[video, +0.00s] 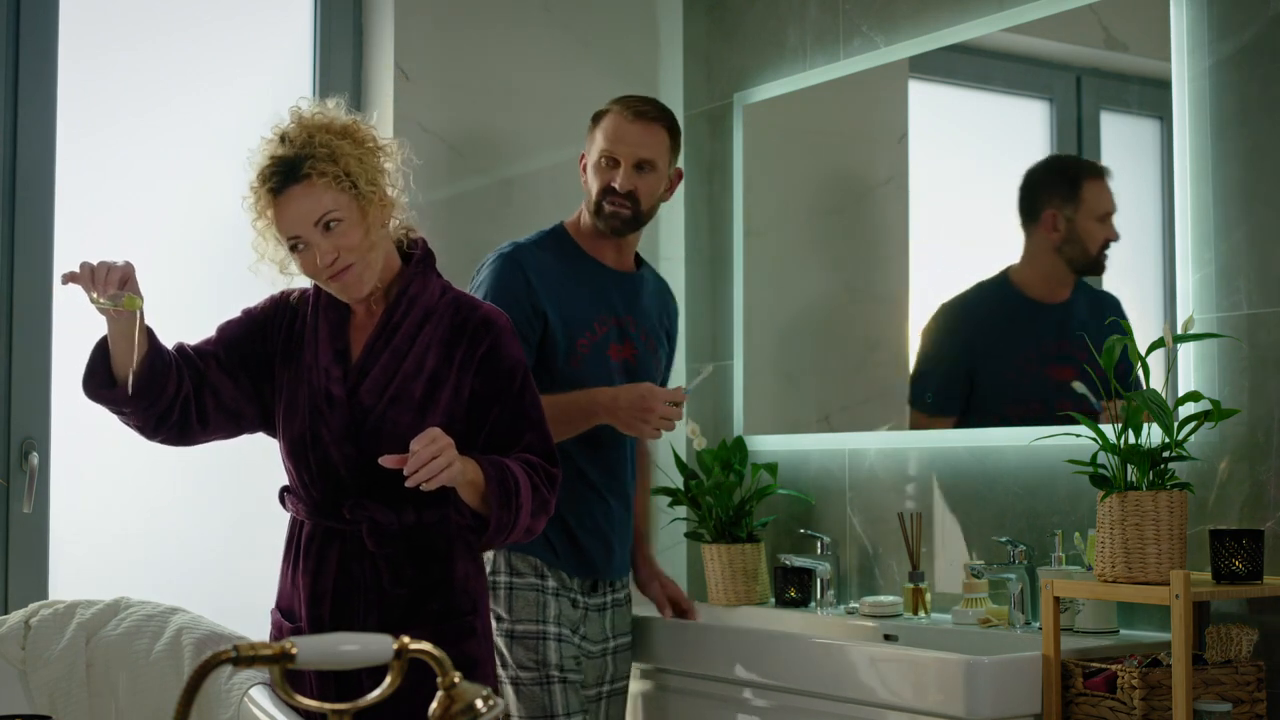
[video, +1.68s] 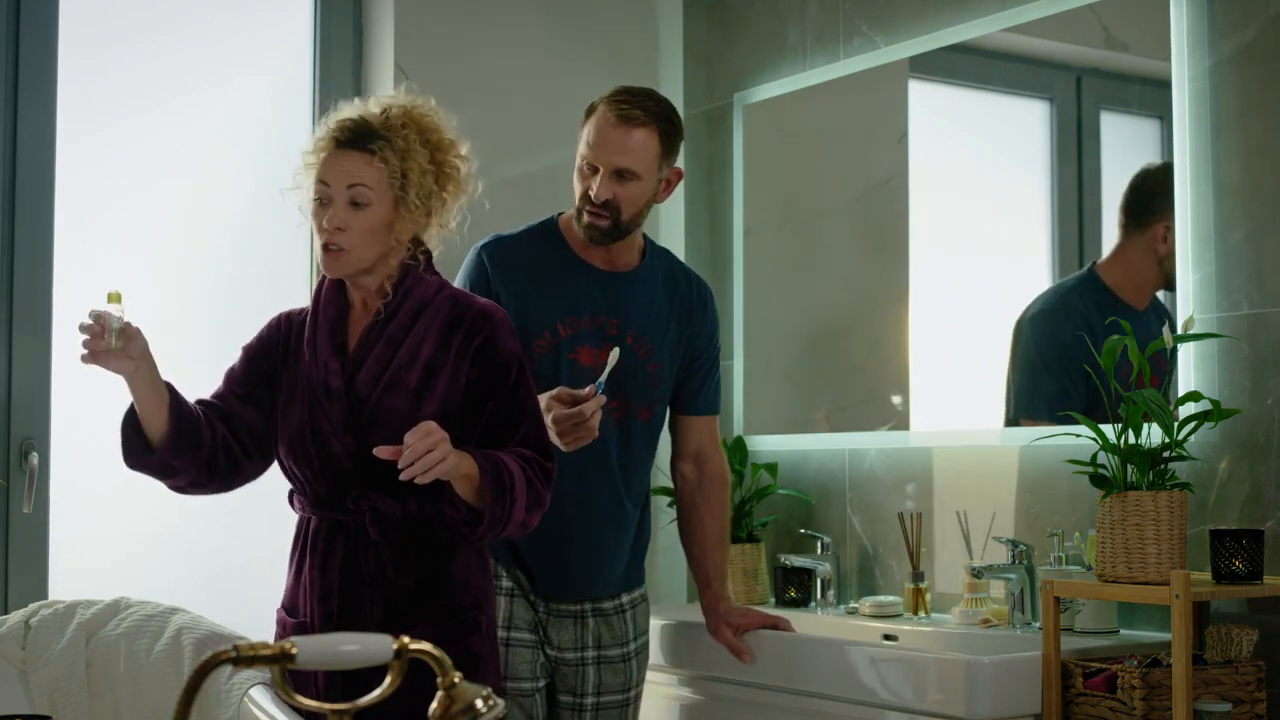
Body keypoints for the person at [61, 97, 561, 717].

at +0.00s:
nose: (320, 256)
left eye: (331, 224)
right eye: (297, 243)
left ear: (378, 206)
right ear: (286, 251)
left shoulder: (476, 333)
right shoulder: (288, 330)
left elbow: (533, 493)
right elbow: (174, 403)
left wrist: (466, 473)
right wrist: (125, 323)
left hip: (438, 620)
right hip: (313, 621)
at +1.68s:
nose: (330, 220)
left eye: (358, 201)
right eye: (323, 200)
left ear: (411, 216)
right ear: (311, 207)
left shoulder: (476, 331)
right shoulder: (291, 339)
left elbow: (529, 484)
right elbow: (211, 457)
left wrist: (460, 466)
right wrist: (141, 374)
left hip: (441, 614)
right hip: (318, 614)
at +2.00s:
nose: (414, 218)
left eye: (427, 197)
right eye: (389, 196)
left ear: (439, 206)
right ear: (336, 210)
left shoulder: (481, 329)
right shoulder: (283, 342)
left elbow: (538, 484)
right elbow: (232, 482)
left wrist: (487, 456)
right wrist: (154, 402)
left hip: (463, 608)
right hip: (334, 608)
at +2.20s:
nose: (435, 224)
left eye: (441, 204)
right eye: (412, 201)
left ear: (451, 207)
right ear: (348, 205)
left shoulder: (479, 328)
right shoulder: (284, 341)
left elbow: (529, 505)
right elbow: (241, 497)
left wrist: (535, 454)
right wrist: (205, 369)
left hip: (479, 612)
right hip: (349, 619)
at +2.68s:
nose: (498, 251)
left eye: (501, 229)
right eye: (479, 226)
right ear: (407, 223)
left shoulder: (482, 349)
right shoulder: (330, 335)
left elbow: (510, 495)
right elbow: (403, 460)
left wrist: (611, 450)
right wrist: (442, 314)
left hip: (495, 611)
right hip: (385, 618)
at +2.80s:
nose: (527, 248)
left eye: (529, 229)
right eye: (514, 224)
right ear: (444, 222)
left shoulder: (477, 330)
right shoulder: (358, 331)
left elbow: (523, 496)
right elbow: (450, 456)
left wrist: (628, 454)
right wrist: (510, 316)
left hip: (498, 610)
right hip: (399, 618)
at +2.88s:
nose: (552, 242)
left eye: (553, 225)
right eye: (536, 223)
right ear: (467, 214)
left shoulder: (504, 326)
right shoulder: (382, 327)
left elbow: (531, 494)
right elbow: (479, 455)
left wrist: (636, 462)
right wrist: (550, 317)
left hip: (509, 601)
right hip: (415, 611)